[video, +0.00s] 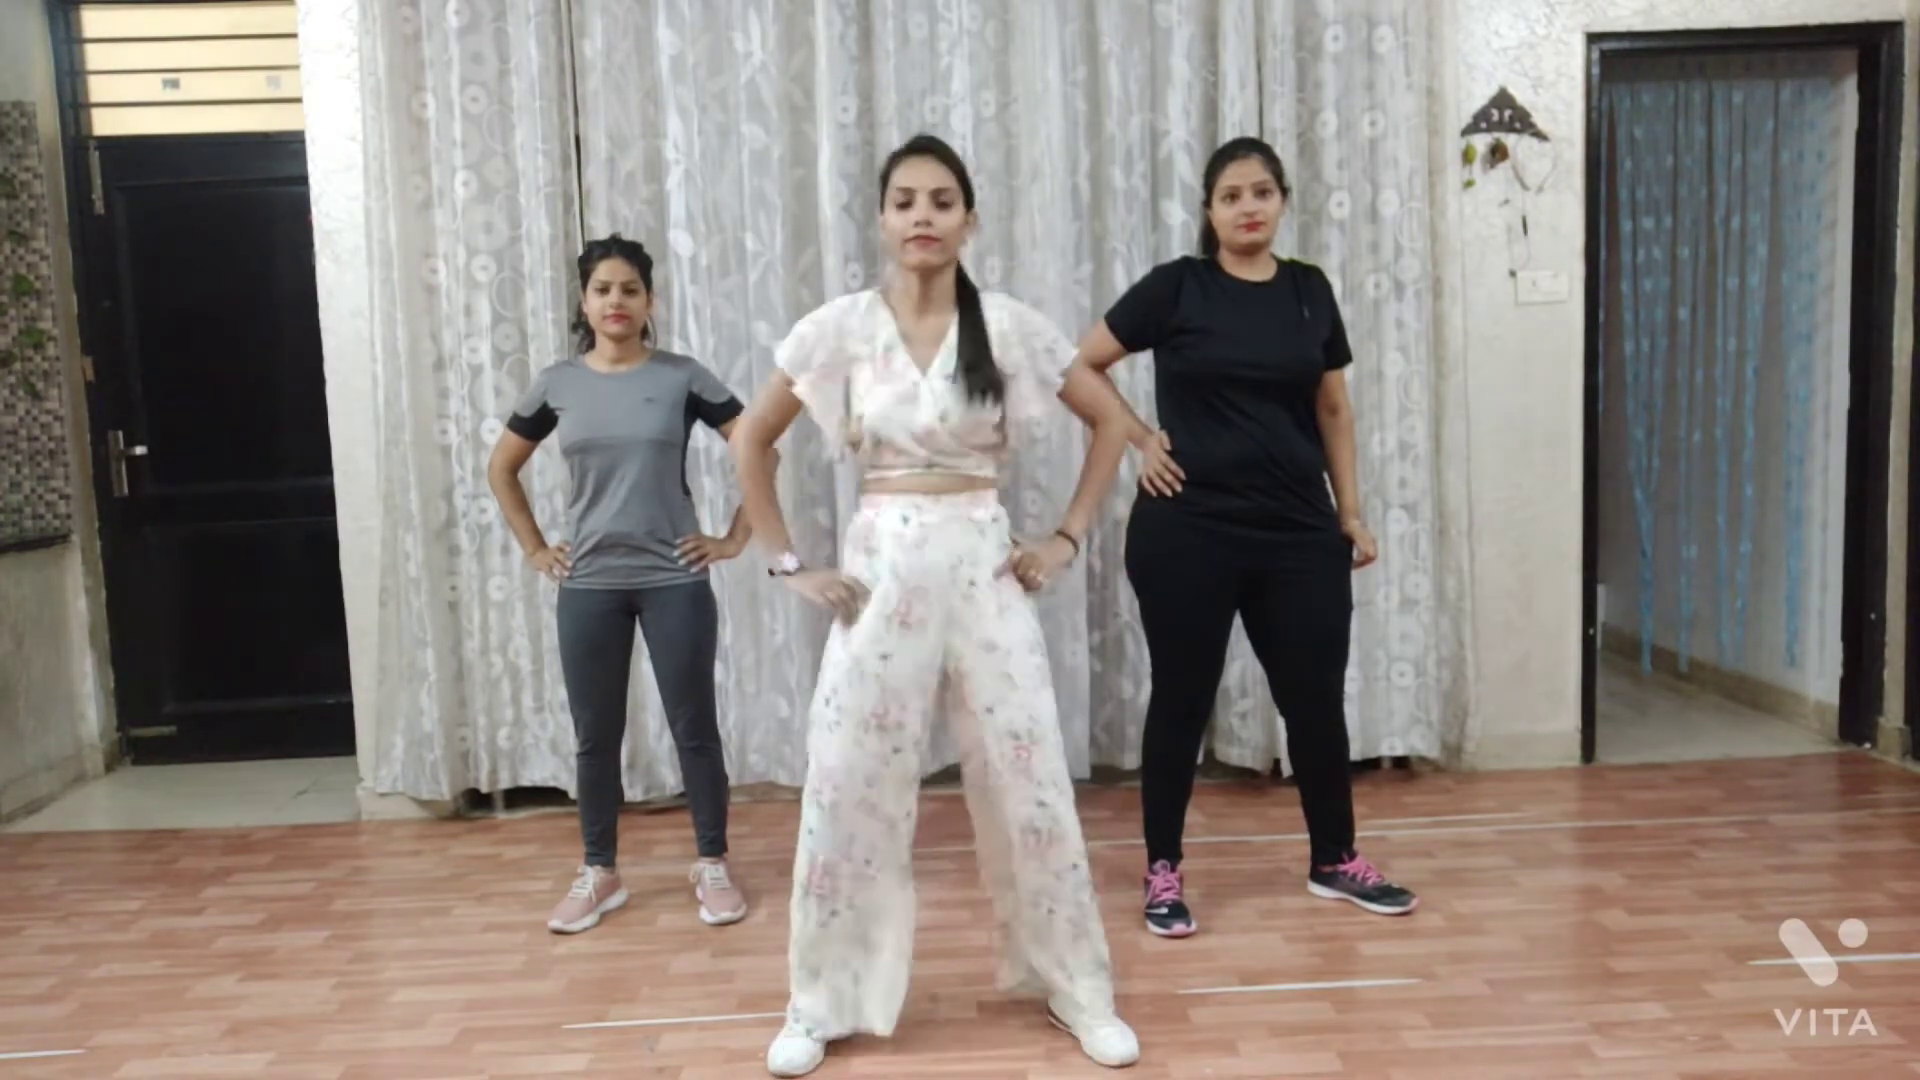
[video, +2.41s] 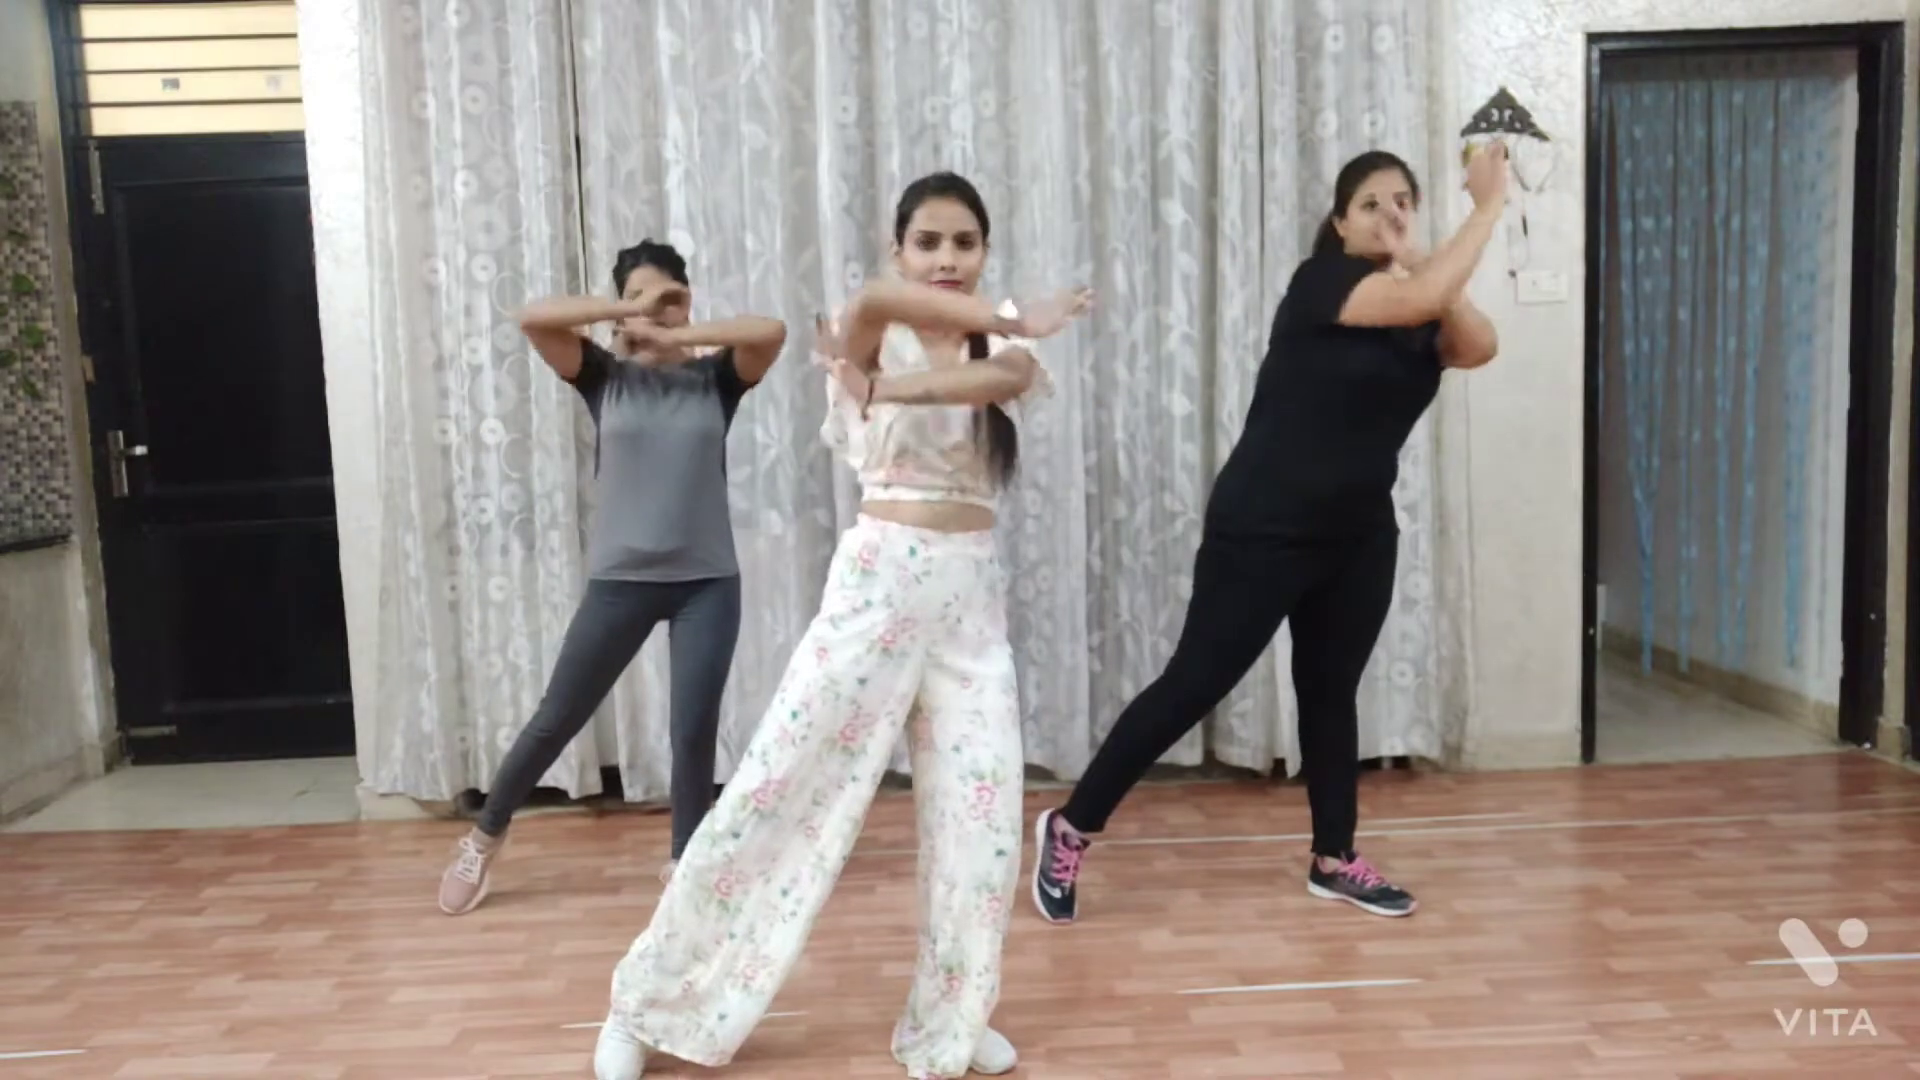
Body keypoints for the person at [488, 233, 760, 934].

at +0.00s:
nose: (616, 302)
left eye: (629, 290)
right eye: (603, 290)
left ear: (649, 302)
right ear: (583, 302)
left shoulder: (682, 378)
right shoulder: (557, 385)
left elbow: (758, 448)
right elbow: (502, 467)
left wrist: (734, 537)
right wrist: (537, 549)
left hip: (675, 573)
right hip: (589, 578)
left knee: (693, 725)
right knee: (595, 735)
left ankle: (712, 866)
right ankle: (599, 872)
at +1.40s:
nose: (621, 303)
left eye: (634, 290)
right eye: (608, 292)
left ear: (658, 297)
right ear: (591, 303)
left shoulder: (694, 379)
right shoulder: (569, 375)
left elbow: (752, 460)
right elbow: (473, 441)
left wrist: (806, 518)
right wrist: (473, 529)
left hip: (674, 574)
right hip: (589, 582)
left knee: (680, 732)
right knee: (595, 738)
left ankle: (687, 873)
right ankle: (599, 873)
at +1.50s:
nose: (629, 307)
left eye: (642, 293)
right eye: (616, 295)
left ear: (667, 299)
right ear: (601, 305)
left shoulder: (701, 377)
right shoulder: (583, 372)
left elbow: (757, 443)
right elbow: (521, 414)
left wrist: (826, 497)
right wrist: (470, 445)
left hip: (680, 578)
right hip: (596, 580)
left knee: (683, 733)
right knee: (587, 736)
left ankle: (687, 871)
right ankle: (597, 872)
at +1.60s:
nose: (632, 309)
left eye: (646, 295)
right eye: (620, 298)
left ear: (675, 302)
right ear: (606, 309)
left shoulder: (707, 379)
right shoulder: (600, 372)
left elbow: (750, 421)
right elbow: (565, 384)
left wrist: (807, 455)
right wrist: (524, 370)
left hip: (688, 580)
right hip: (605, 581)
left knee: (688, 726)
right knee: (567, 721)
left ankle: (685, 869)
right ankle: (579, 864)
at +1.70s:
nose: (640, 313)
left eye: (653, 299)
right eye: (627, 301)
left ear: (683, 303)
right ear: (610, 309)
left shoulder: (709, 371)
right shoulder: (598, 366)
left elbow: (729, 389)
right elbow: (600, 375)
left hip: (701, 579)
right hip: (616, 577)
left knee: (691, 736)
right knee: (556, 716)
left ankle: (687, 874)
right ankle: (509, 851)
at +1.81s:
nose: (644, 312)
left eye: (656, 299)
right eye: (631, 303)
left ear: (685, 302)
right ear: (616, 311)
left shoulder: (724, 372)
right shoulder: (604, 365)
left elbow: (697, 378)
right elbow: (621, 362)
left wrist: (648, 343)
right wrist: (723, 320)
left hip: (708, 574)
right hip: (623, 575)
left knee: (696, 734)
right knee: (549, 714)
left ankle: (687, 876)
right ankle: (471, 836)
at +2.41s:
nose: (662, 314)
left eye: (674, 302)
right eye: (647, 304)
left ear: (690, 308)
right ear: (622, 315)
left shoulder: (717, 380)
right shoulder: (604, 376)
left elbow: (771, 331)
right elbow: (535, 320)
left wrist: (674, 334)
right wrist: (621, 307)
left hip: (708, 581)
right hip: (621, 582)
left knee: (695, 735)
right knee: (553, 724)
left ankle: (690, 876)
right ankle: (482, 840)